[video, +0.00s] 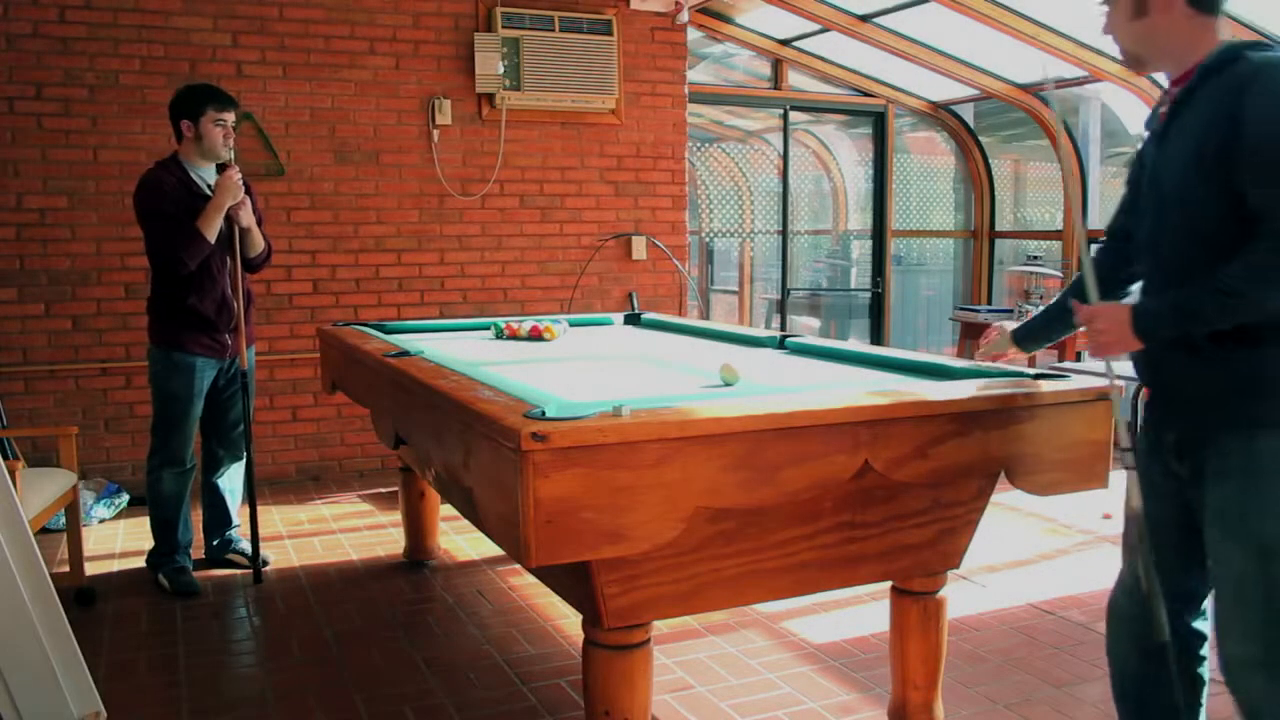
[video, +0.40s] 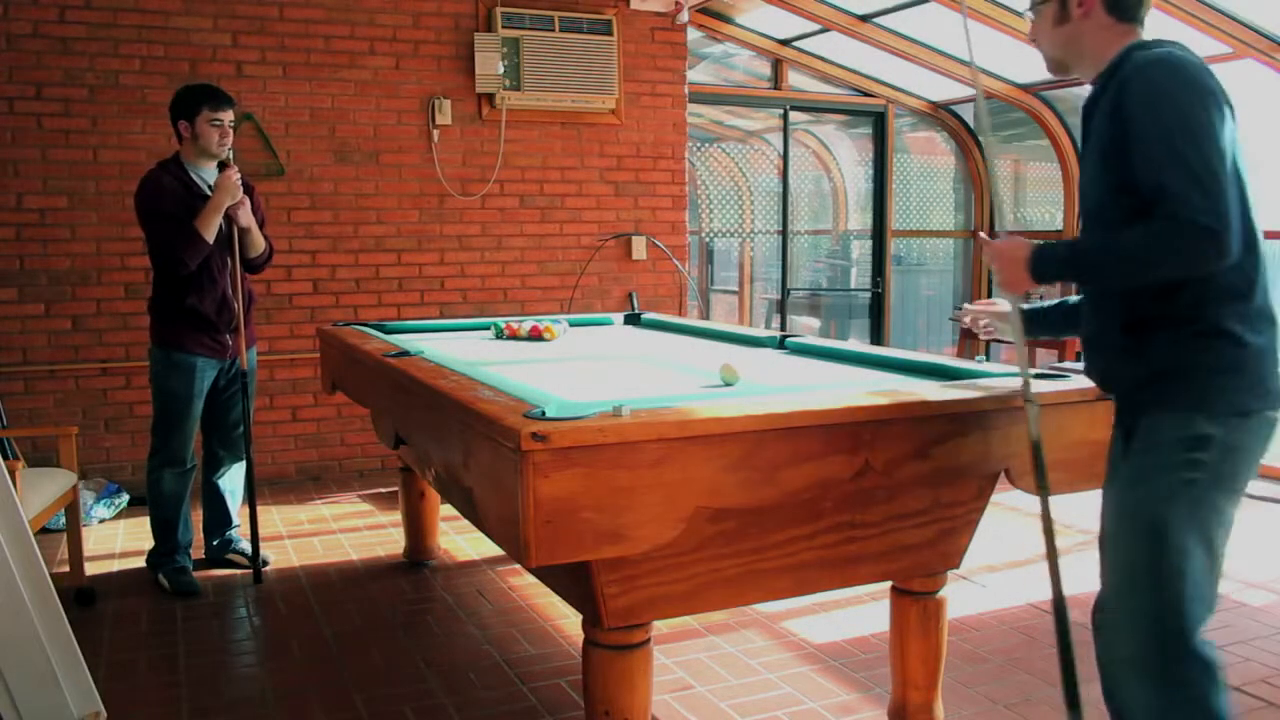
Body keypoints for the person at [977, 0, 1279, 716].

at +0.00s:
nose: (1108, 27)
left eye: (1115, 9)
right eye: (1109, 11)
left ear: (1162, 6)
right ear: (1163, 11)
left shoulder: (1260, 88)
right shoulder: (1175, 118)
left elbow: (1269, 267)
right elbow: (1121, 256)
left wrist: (1146, 320)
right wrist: (1024, 336)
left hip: (1256, 414)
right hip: (1177, 410)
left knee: (1255, 652)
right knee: (1148, 624)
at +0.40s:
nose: (1030, 29)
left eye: (1038, 11)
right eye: (1032, 14)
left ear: (1082, 8)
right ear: (1091, 13)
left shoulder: (1157, 76)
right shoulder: (1121, 98)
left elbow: (1202, 239)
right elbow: (1139, 288)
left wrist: (1042, 260)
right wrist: (1023, 324)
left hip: (1200, 397)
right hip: (1166, 396)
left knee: (1148, 630)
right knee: (1128, 623)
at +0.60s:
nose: (1011, 29)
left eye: (1016, 11)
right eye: (1011, 13)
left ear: (1057, 7)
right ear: (1079, 11)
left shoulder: (1106, 85)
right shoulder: (1135, 81)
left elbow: (1108, 259)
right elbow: (1142, 276)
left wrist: (987, 224)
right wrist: (1043, 349)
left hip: (1142, 414)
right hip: (1177, 406)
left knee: (1079, 645)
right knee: (1147, 628)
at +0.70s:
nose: (1002, 30)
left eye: (1005, 13)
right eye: (1001, 15)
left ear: (1041, 7)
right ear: (1080, 10)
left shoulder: (1070, 89)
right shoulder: (1133, 86)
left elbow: (1038, 268)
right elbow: (1130, 281)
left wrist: (956, 201)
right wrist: (1029, 387)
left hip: (1110, 423)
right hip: (1167, 416)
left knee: (1030, 659)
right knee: (1136, 638)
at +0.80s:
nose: (980, 22)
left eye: (986, 6)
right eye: (981, 9)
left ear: (1017, 4)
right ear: (1069, 3)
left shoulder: (1038, 82)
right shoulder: (1124, 81)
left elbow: (971, 259)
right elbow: (1101, 259)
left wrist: (912, 176)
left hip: (1086, 420)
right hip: (1157, 414)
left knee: (1010, 667)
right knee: (1118, 624)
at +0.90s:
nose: (950, 5)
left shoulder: (1008, 75)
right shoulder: (1118, 78)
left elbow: (934, 256)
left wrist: (884, 171)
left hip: (1063, 422)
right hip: (1142, 414)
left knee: (999, 678)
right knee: (1080, 624)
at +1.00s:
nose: (934, 9)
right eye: (933, 0)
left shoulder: (974, 73)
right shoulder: (1116, 85)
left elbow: (904, 270)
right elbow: (1160, 271)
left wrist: (866, 200)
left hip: (1043, 419)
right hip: (1134, 410)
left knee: (1002, 682)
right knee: (1056, 638)